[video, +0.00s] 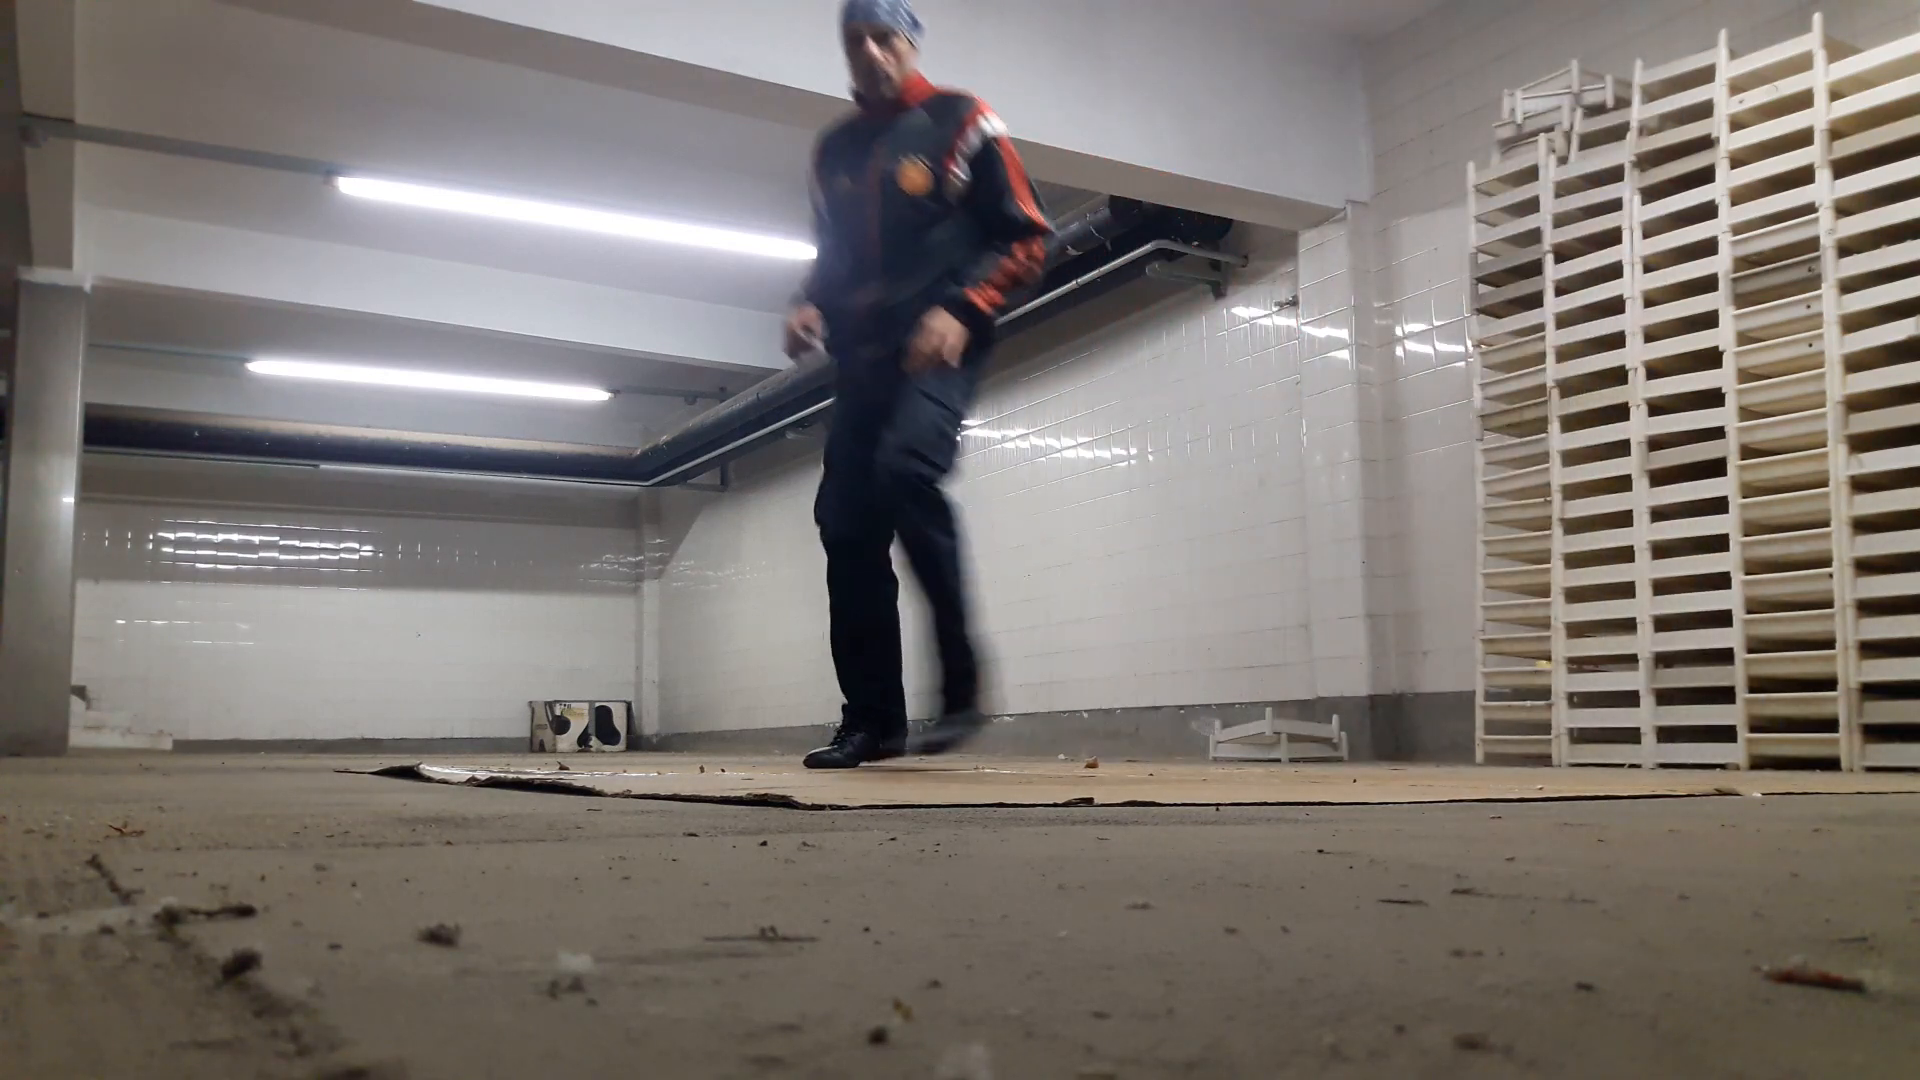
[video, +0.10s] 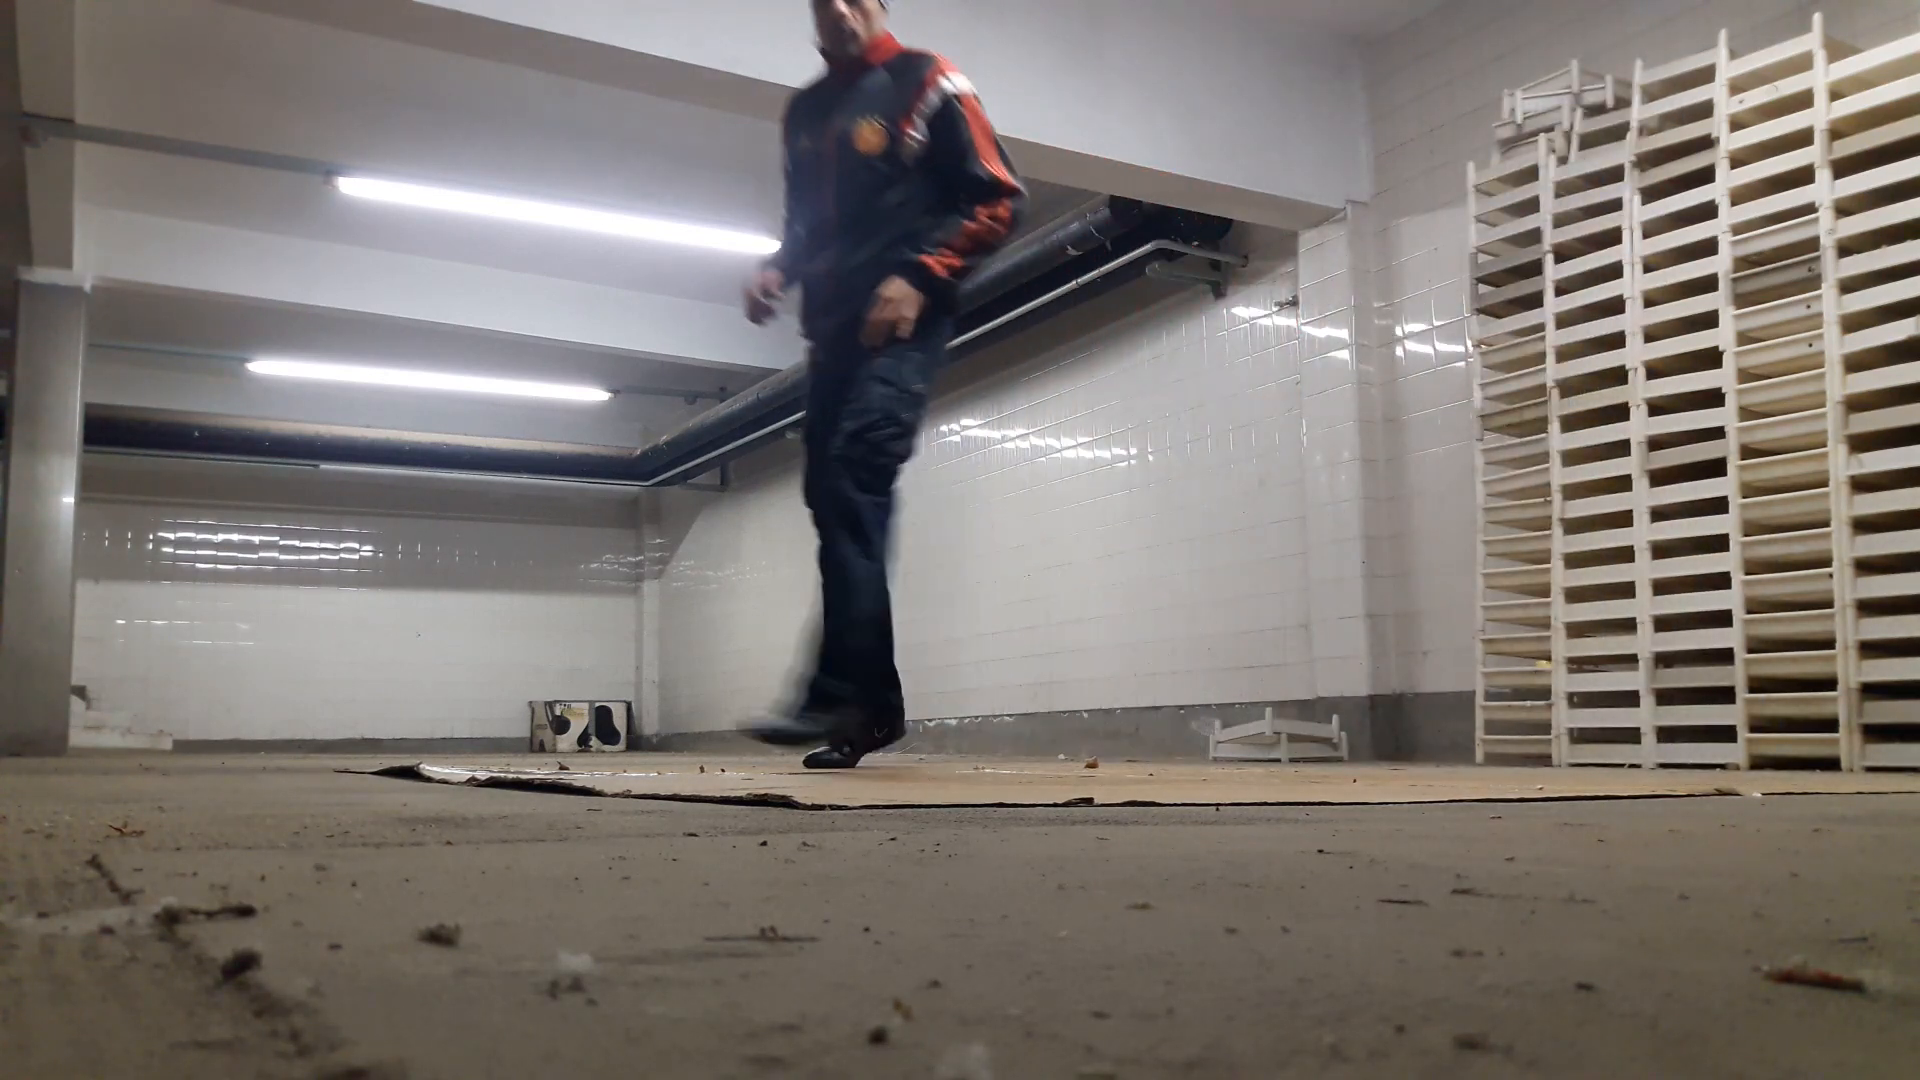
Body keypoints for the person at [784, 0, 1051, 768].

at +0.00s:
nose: (868, 56)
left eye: (881, 40)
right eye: (855, 44)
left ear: (911, 44)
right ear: (844, 56)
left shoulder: (962, 120)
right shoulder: (833, 148)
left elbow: (1029, 239)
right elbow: (837, 250)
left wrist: (961, 310)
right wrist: (809, 303)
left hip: (939, 341)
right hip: (861, 351)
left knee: (903, 475)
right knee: (844, 521)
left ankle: (962, 697)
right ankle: (873, 721)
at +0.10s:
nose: (833, 14)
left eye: (846, 1)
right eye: (821, 5)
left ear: (878, 7)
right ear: (812, 18)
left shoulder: (924, 76)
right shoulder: (804, 108)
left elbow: (997, 198)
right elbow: (809, 224)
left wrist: (919, 277)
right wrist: (778, 268)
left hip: (902, 318)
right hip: (832, 327)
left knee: (852, 476)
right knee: (832, 494)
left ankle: (840, 698)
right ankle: (872, 704)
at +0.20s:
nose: (802, 9)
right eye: (795, 1)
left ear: (850, 1)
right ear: (788, 11)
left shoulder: (902, 72)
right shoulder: (783, 97)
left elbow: (958, 193)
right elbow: (788, 226)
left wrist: (870, 276)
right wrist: (744, 269)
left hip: (859, 328)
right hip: (796, 328)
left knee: (794, 499)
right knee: (793, 508)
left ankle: (729, 711)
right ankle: (862, 702)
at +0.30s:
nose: (783, 13)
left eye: (799, 1)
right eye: (777, 3)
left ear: (839, 8)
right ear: (775, 17)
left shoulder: (877, 86)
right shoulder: (773, 115)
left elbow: (922, 219)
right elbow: (766, 242)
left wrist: (814, 301)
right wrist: (714, 295)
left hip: (815, 345)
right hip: (756, 341)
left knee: (714, 504)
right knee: (689, 506)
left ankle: (725, 733)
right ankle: (806, 668)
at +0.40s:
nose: (781, 13)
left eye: (794, 3)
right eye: (772, 4)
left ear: (827, 5)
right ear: (763, 13)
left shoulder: (869, 80)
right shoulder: (748, 99)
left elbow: (916, 215)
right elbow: (754, 229)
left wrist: (812, 293)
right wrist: (704, 269)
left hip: (806, 337)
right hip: (733, 332)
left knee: (722, 495)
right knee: (651, 486)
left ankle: (727, 731)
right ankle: (749, 669)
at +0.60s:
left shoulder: (891, 57)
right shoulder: (719, 42)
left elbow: (945, 197)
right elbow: (665, 154)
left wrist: (895, 276)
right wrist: (641, 248)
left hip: (841, 315)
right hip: (738, 306)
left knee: (840, 465)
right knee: (725, 491)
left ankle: (792, 661)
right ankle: (699, 722)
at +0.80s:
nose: (904, 23)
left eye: (910, 10)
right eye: (887, 7)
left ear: (912, 18)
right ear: (835, 6)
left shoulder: (918, 109)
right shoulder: (756, 86)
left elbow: (962, 237)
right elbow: (648, 189)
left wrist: (941, 312)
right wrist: (566, 293)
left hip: (879, 357)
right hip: (783, 354)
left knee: (947, 507)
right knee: (764, 515)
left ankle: (848, 612)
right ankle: (713, 725)